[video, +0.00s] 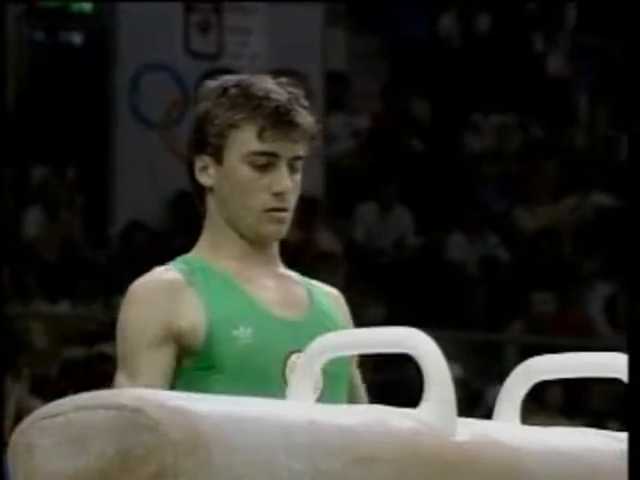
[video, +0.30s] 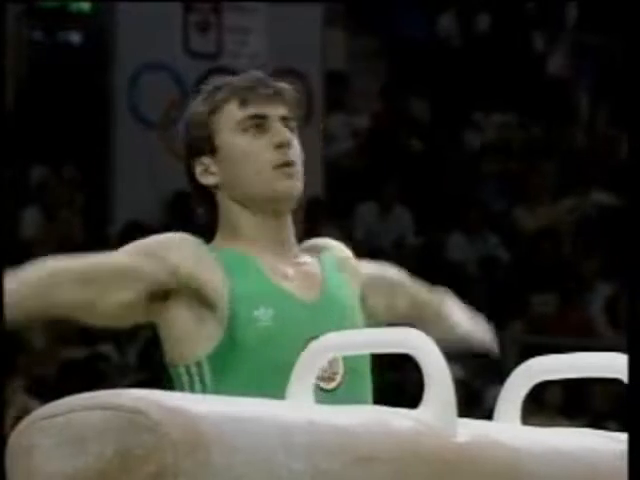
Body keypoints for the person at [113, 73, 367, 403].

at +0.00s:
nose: (284, 186)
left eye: (294, 167)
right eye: (262, 165)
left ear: (303, 170)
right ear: (206, 170)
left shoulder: (329, 305)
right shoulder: (163, 298)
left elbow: (363, 441)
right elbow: (130, 448)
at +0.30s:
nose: (285, 139)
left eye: (289, 126)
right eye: (256, 127)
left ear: (305, 149)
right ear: (208, 171)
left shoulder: (337, 264)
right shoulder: (182, 264)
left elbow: (407, 297)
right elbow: (29, 290)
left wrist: (452, 318)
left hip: (357, 472)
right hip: (245, 474)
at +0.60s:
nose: (256, 116)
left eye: (259, 114)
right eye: (223, 121)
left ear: (279, 145)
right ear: (194, 176)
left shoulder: (330, 233)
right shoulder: (201, 247)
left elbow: (359, 96)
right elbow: (121, 96)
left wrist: (360, 0)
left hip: (358, 473)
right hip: (246, 474)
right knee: (43, 443)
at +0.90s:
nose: (243, 155)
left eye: (252, 140)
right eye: (216, 145)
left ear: (270, 157)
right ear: (172, 173)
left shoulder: (316, 261)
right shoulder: (170, 268)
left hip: (333, 473)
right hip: (220, 476)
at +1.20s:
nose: (246, 166)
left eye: (258, 148)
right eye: (220, 148)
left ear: (274, 163)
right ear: (174, 168)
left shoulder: (298, 268)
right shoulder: (175, 270)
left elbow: (402, 297)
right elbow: (238, 273)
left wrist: (515, 305)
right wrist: (308, 263)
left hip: (310, 476)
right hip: (213, 477)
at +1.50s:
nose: (259, 177)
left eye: (269, 158)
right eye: (235, 155)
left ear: (280, 163)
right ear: (180, 164)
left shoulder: (287, 250)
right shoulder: (184, 270)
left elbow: (388, 316)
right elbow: (271, 298)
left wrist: (500, 334)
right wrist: (347, 305)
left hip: (307, 473)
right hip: (221, 476)